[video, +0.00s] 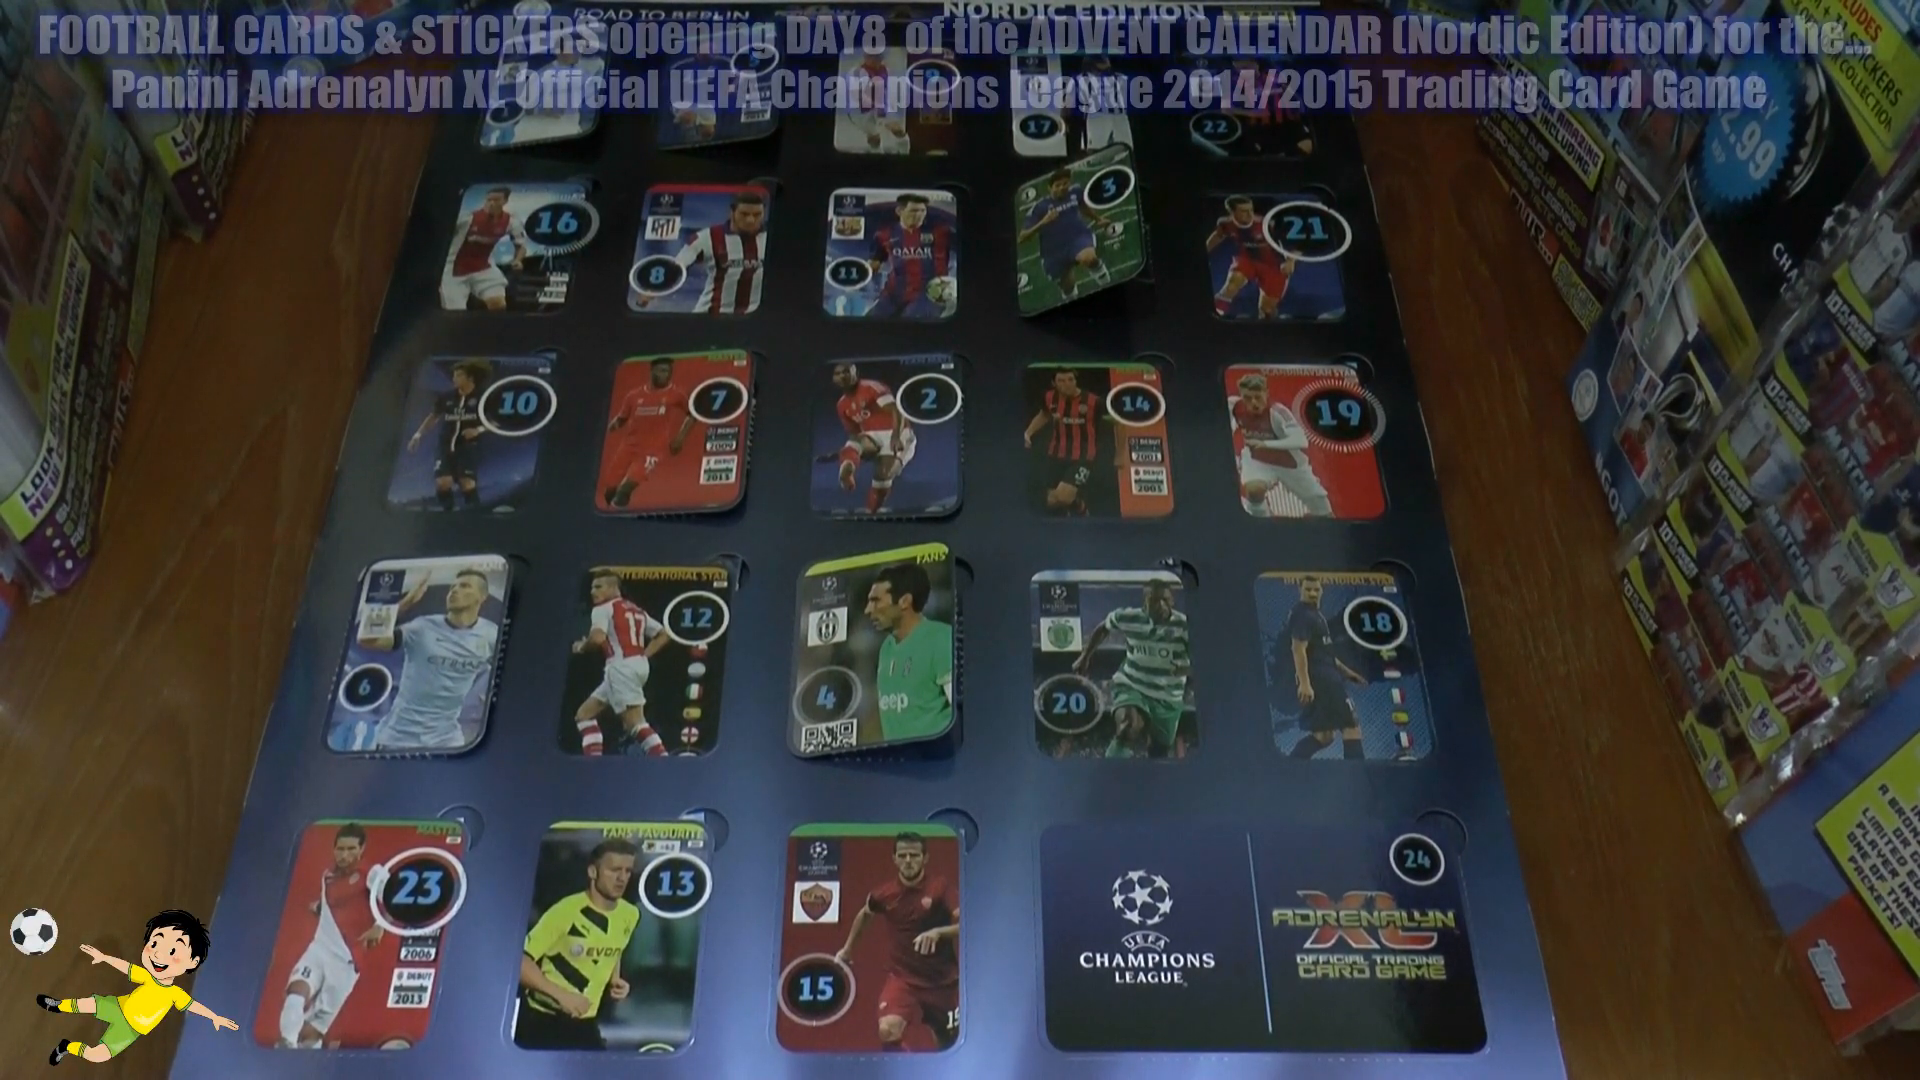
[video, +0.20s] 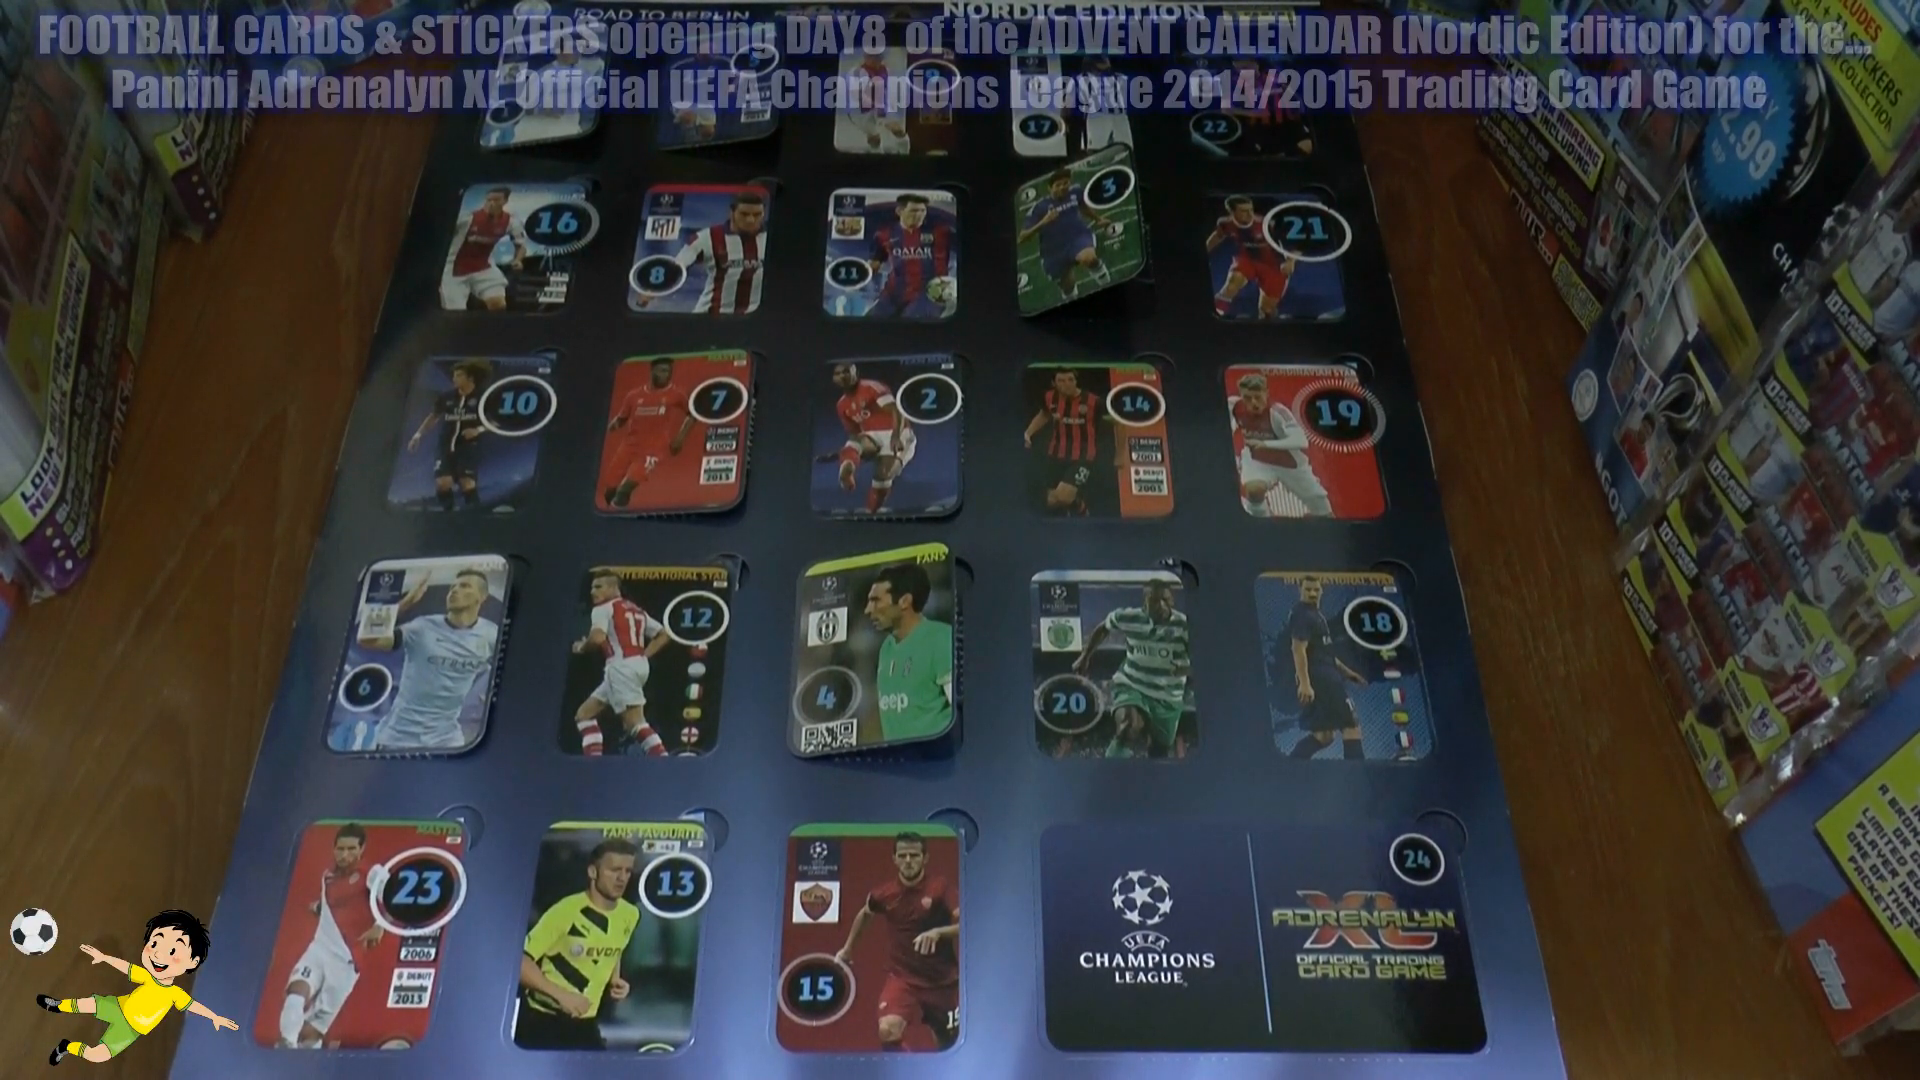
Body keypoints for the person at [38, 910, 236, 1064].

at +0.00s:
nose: (159, 955)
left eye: (172, 952)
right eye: (155, 944)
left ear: (189, 965)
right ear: (145, 946)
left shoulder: (176, 995)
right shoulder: (144, 976)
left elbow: (195, 1007)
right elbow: (124, 966)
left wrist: (215, 1017)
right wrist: (103, 958)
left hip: (131, 1030)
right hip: (118, 1008)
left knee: (99, 1055)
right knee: (88, 1003)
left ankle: (66, 1047)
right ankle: (58, 1006)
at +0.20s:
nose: (159, 955)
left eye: (172, 952)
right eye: (155, 944)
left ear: (189, 965)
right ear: (145, 946)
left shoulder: (176, 995)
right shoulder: (143, 976)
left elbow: (195, 1007)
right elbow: (124, 966)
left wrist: (215, 1017)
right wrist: (103, 958)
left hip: (131, 1030)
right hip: (118, 1008)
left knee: (99, 1055)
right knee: (89, 1003)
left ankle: (66, 1047)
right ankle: (57, 1006)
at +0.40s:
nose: (159, 956)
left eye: (172, 952)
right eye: (155, 944)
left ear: (189, 965)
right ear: (145, 946)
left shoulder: (176, 995)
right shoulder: (144, 976)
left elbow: (195, 1007)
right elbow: (124, 966)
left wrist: (215, 1017)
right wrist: (103, 958)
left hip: (131, 1030)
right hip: (118, 1008)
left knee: (99, 1055)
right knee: (88, 1003)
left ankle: (66, 1047)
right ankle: (58, 1006)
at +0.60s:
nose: (159, 956)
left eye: (172, 952)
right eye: (155, 944)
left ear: (189, 965)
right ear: (145, 946)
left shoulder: (176, 995)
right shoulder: (143, 976)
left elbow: (195, 1007)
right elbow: (123, 966)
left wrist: (215, 1017)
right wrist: (103, 958)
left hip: (131, 1030)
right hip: (118, 1008)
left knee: (99, 1055)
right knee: (89, 1003)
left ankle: (66, 1047)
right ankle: (58, 1006)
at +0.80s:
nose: (159, 955)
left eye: (172, 952)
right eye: (155, 944)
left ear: (189, 965)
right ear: (146, 946)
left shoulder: (176, 995)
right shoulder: (144, 976)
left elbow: (194, 1007)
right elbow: (124, 966)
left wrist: (214, 1017)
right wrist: (103, 958)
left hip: (131, 1030)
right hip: (119, 1008)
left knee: (99, 1055)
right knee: (88, 1003)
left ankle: (66, 1047)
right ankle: (57, 1006)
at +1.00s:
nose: (159, 955)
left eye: (172, 952)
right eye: (155, 944)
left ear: (189, 965)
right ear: (145, 946)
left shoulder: (176, 995)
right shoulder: (143, 976)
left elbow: (195, 1007)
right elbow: (123, 966)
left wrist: (215, 1017)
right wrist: (103, 958)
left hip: (131, 1030)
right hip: (118, 1008)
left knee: (99, 1055)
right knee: (89, 1003)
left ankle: (66, 1047)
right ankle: (58, 1006)